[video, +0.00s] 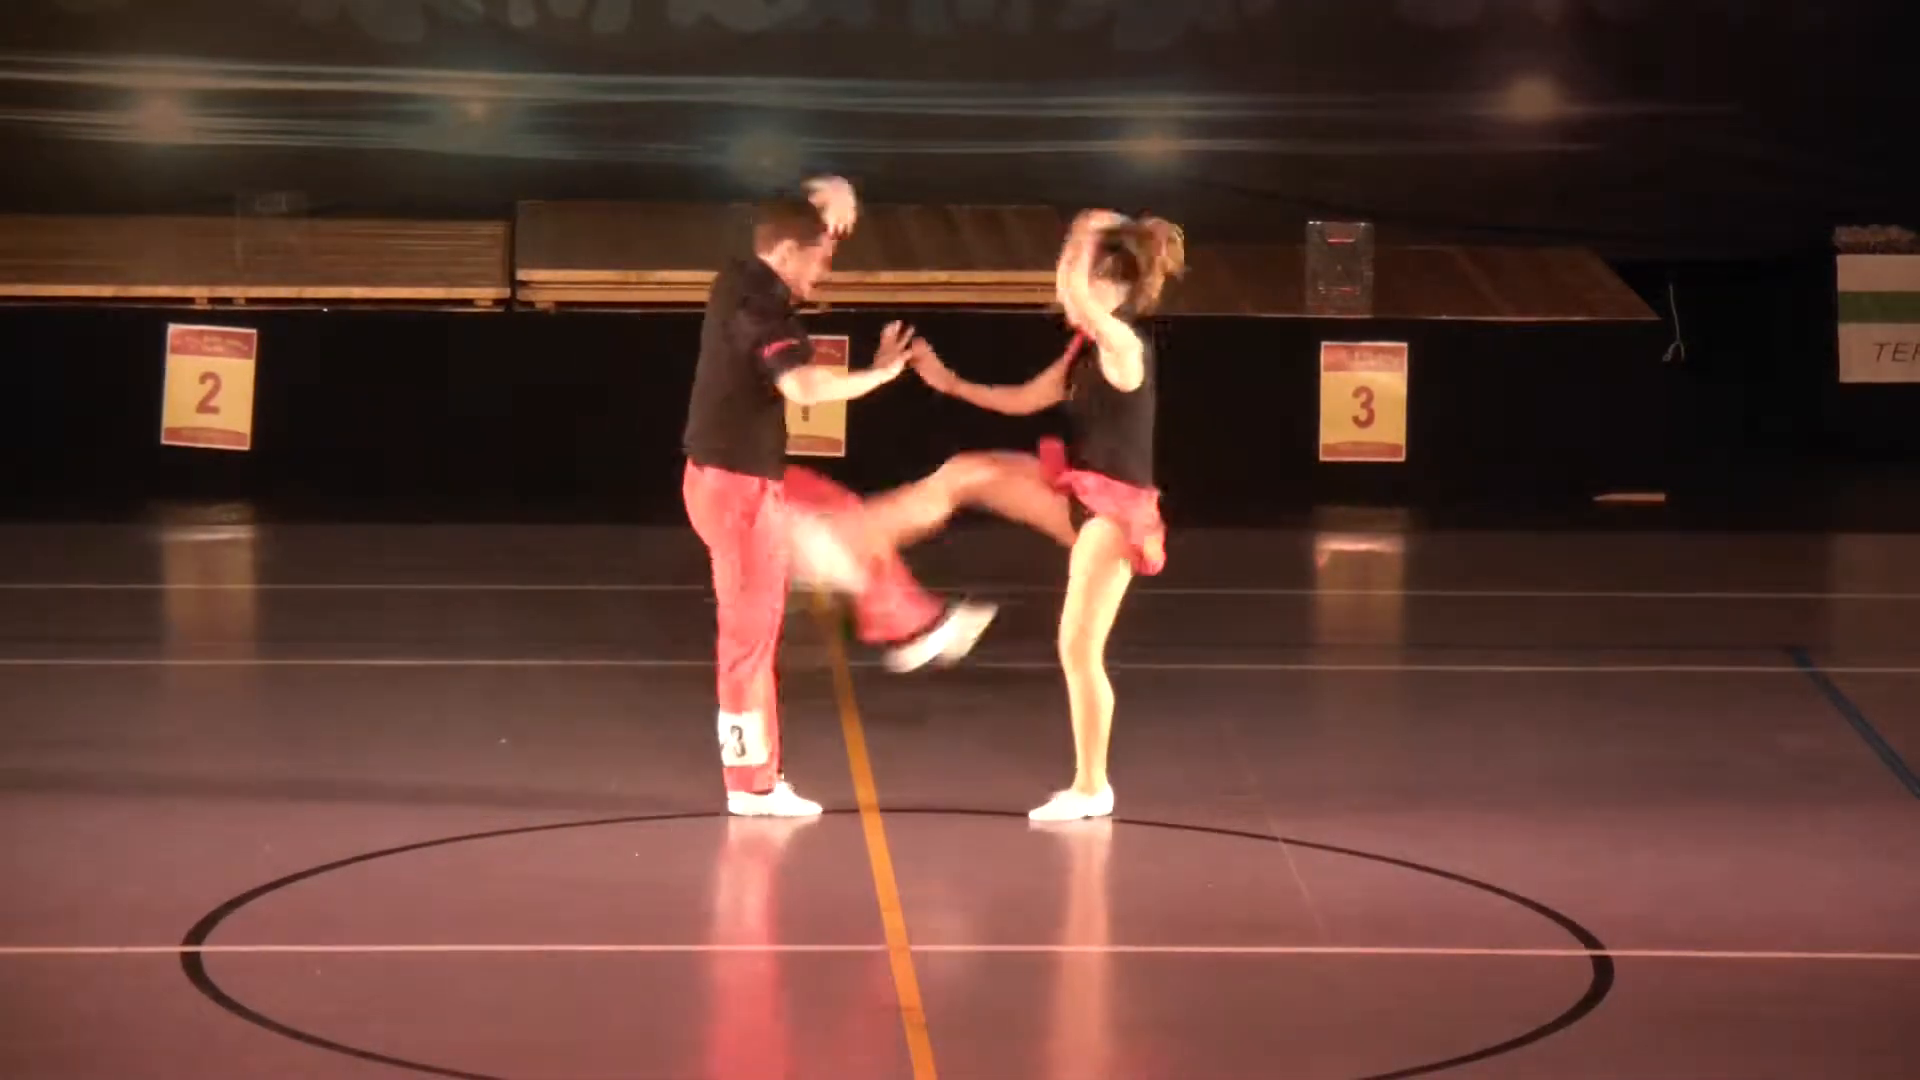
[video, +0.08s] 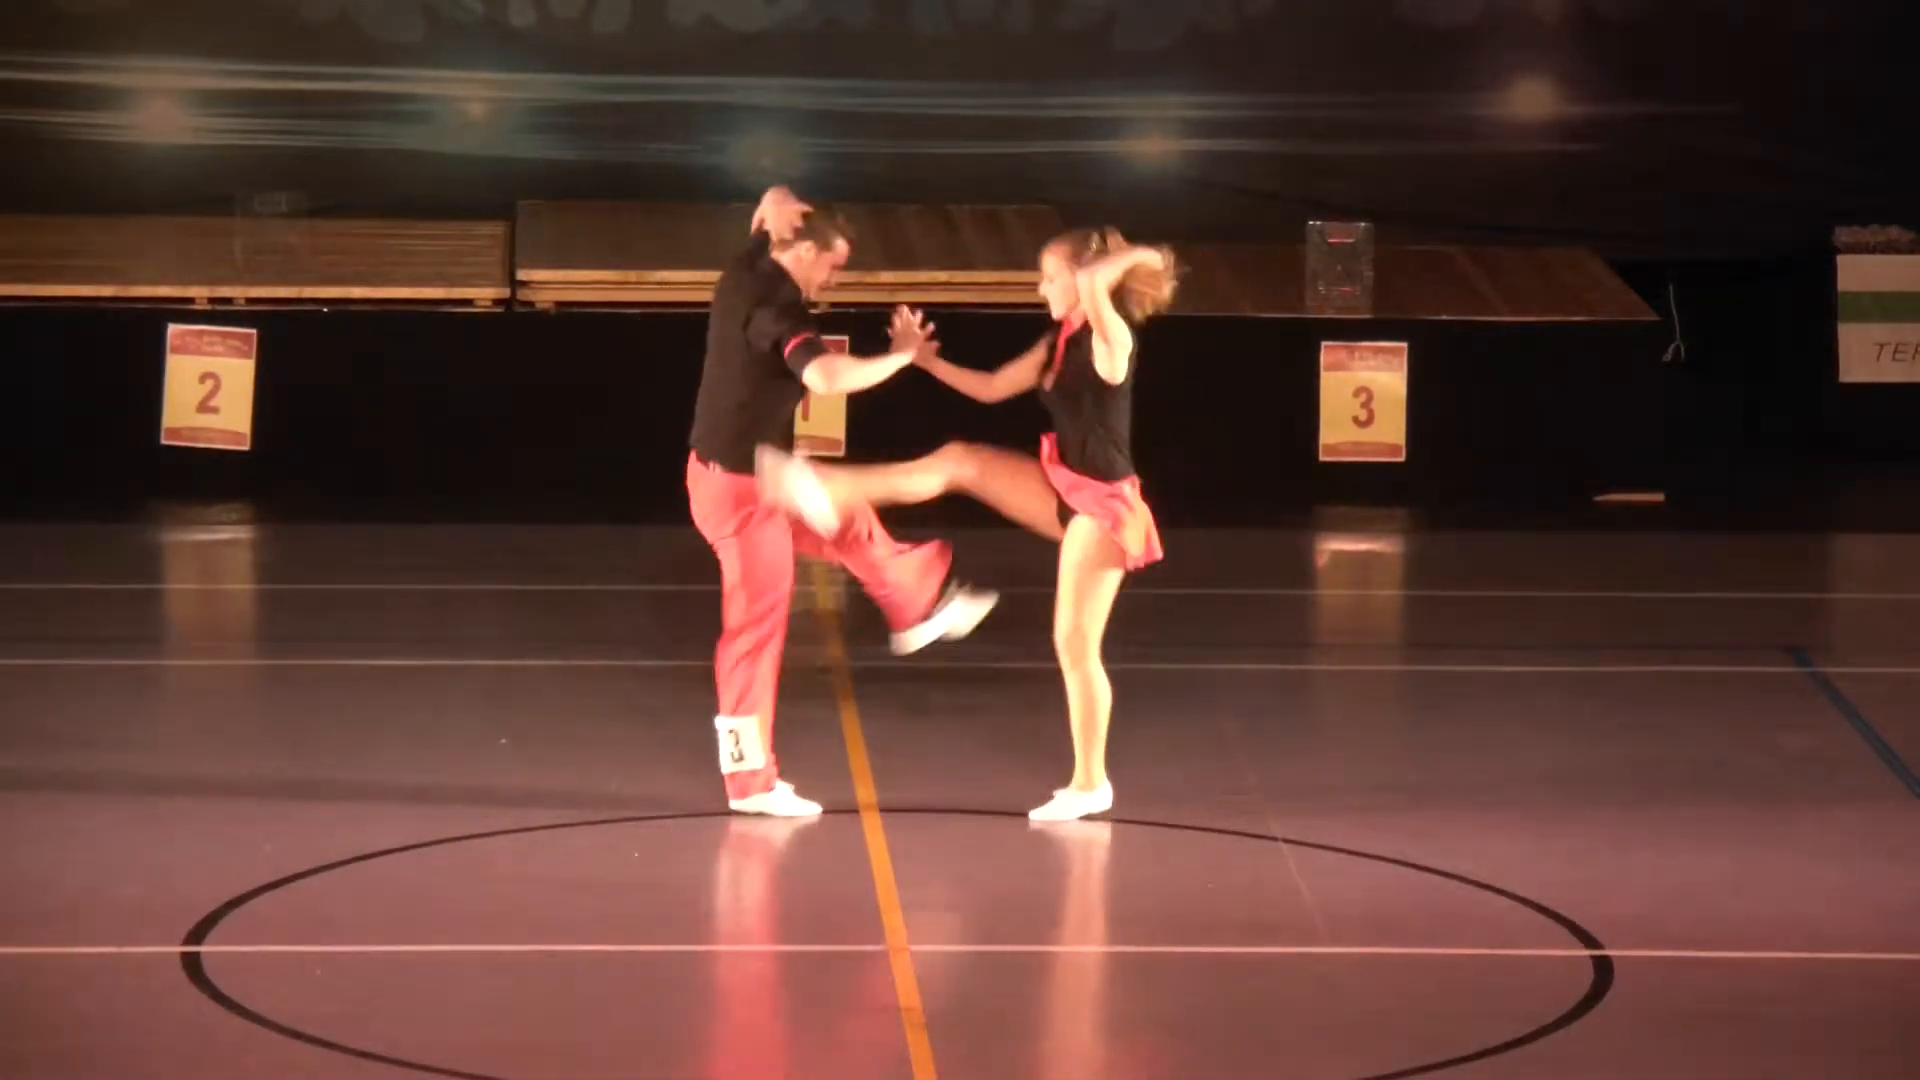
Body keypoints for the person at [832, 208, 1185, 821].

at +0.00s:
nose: (1072, 278)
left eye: (1088, 271)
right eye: (1075, 269)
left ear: (1117, 285)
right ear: (1093, 283)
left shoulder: (1127, 346)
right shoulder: (1088, 346)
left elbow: (1072, 293)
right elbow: (1024, 401)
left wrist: (1084, 235)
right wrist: (950, 383)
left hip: (1116, 517)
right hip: (1075, 498)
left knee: (1079, 648)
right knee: (962, 474)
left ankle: (1091, 788)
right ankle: (846, 541)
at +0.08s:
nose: (1043, 288)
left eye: (1052, 277)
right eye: (1043, 277)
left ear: (1085, 279)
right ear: (1055, 283)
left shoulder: (1111, 343)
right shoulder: (1057, 342)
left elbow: (1092, 290)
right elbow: (991, 388)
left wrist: (1133, 257)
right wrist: (923, 358)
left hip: (1104, 510)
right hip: (1061, 493)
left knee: (1076, 644)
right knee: (955, 461)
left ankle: (1090, 783)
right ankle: (828, 488)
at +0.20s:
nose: (1024, 260)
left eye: (1033, 249)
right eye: (1023, 248)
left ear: (1072, 253)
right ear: (1053, 255)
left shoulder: (1110, 323)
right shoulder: (1029, 318)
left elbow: (1133, 396)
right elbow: (960, 371)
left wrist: (1098, 312)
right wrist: (898, 345)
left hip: (1100, 485)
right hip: (1040, 478)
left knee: (999, 591)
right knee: (948, 536)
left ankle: (1065, 706)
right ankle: (1005, 668)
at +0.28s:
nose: (1012, 266)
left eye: (1022, 255)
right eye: (1013, 254)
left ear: (1060, 262)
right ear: (1035, 260)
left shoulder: (1105, 339)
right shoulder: (1011, 326)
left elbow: (1138, 432)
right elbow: (936, 379)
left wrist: (1096, 374)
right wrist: (879, 350)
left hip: (1083, 494)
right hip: (1038, 492)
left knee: (976, 587)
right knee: (1017, 626)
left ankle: (1026, 713)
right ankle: (1052, 761)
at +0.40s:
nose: (1002, 286)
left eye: (1012, 275)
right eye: (1003, 274)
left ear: (1049, 282)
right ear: (1034, 281)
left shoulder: (1061, 357)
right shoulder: (1030, 345)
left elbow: (1032, 454)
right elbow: (980, 413)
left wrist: (987, 391)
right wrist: (912, 390)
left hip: (1044, 519)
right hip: (1049, 515)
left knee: (1001, 652)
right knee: (1037, 649)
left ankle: (1039, 794)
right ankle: (1066, 778)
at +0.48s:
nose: (1003, 263)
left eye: (1008, 254)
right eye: (1005, 252)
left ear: (1025, 260)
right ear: (1066, 261)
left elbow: (969, 425)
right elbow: (1098, 391)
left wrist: (974, 368)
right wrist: (1043, 370)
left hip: (1008, 480)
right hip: (1077, 483)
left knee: (978, 632)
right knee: (1041, 626)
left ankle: (1008, 744)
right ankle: (1031, 766)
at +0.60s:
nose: (1044, 274)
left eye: (1049, 262)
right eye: (1030, 265)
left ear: (1056, 268)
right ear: (1006, 273)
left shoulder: (1033, 333)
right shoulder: (1030, 340)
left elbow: (1071, 404)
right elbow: (1091, 412)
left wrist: (1085, 365)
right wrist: (1125, 358)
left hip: (1024, 500)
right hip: (1018, 504)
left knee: (1047, 621)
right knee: (1011, 636)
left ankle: (969, 547)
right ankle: (952, 771)